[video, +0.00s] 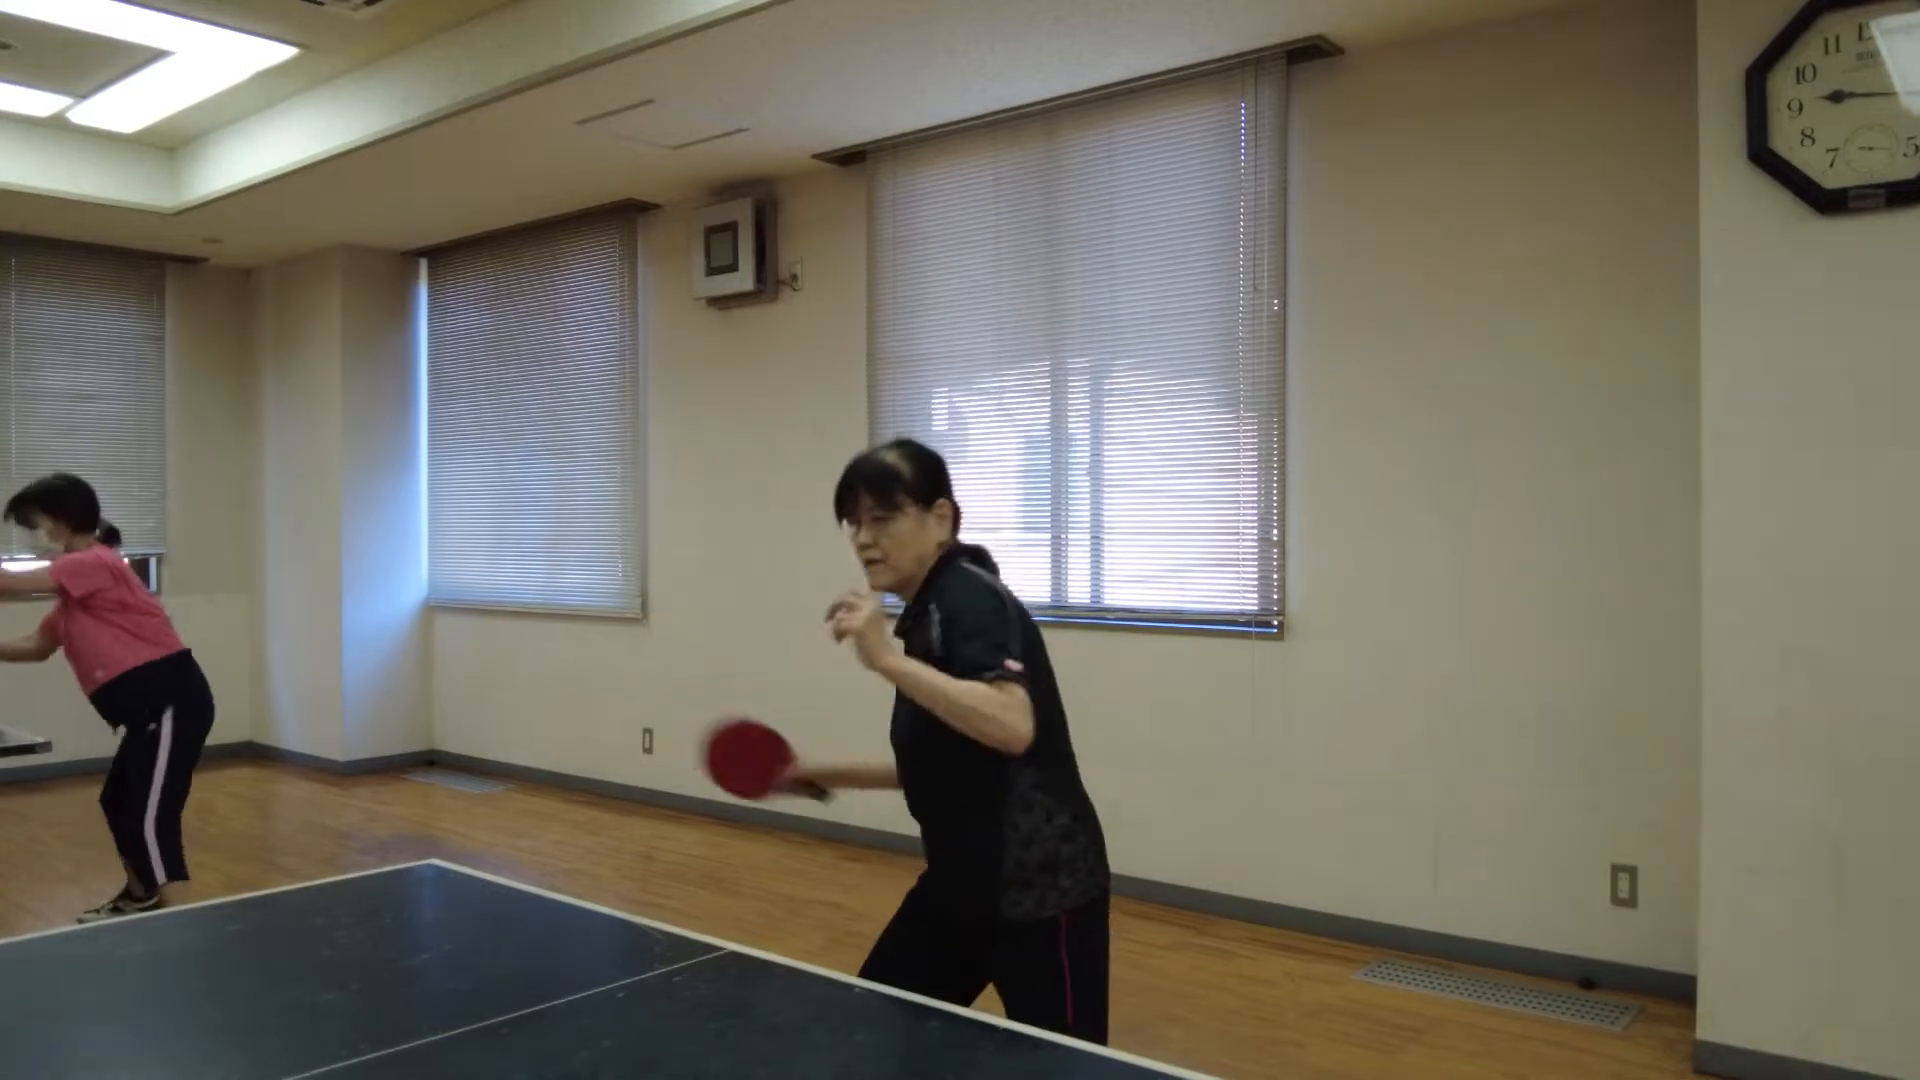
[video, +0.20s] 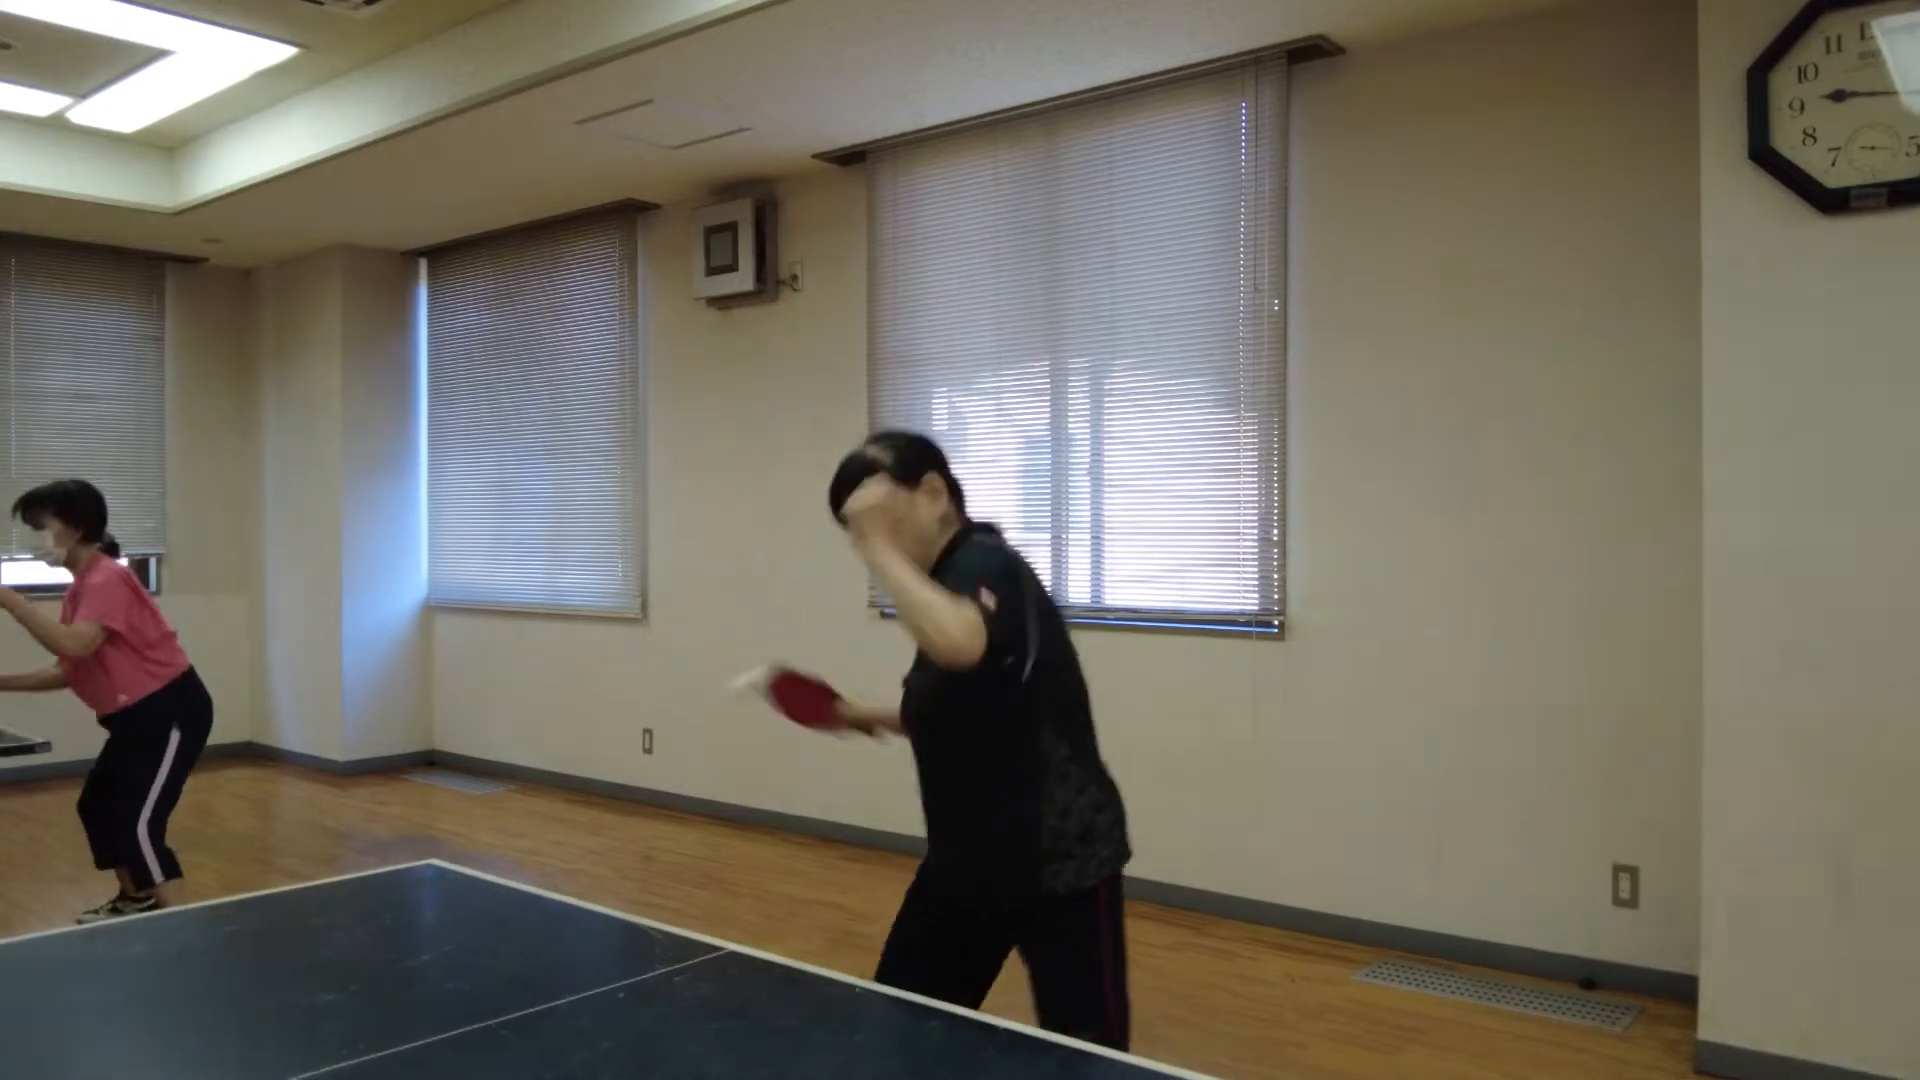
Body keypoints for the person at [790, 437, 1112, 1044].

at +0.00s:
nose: (863, 540)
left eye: (883, 519)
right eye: (855, 524)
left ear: (942, 518)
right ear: (849, 532)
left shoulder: (971, 597)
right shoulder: (926, 613)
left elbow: (1013, 725)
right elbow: (943, 769)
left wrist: (889, 659)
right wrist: (819, 777)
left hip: (1045, 888)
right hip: (967, 879)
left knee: (1064, 1065)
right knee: (870, 1029)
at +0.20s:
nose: (871, 535)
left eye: (877, 509)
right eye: (859, 523)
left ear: (935, 493)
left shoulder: (988, 562)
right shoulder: (948, 583)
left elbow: (959, 641)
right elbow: (963, 717)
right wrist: (864, 718)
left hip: (1059, 862)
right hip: (972, 857)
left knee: (1088, 1058)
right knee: (894, 1033)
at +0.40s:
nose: (934, 525)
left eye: (949, 499)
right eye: (926, 510)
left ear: (1004, 495)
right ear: (925, 521)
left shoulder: (1083, 574)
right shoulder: (950, 623)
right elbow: (862, 704)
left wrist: (1009, 500)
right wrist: (833, 597)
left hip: (1118, 880)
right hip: (1006, 882)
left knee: (1147, 1072)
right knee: (922, 1050)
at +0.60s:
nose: (965, 523)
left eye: (987, 501)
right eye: (956, 507)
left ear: (1049, 505)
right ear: (949, 518)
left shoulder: (1110, 600)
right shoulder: (964, 623)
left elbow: (1129, 707)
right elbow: (886, 728)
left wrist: (1035, 590)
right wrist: (845, 638)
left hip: (1115, 891)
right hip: (1005, 883)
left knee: (1140, 1076)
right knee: (919, 1049)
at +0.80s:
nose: (927, 541)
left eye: (948, 518)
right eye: (920, 524)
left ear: (1008, 523)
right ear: (913, 532)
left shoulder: (1049, 613)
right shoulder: (975, 629)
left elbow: (1081, 743)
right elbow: (967, 771)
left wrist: (956, 661)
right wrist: (847, 753)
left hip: (1087, 910)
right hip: (1003, 897)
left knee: (1093, 1074)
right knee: (906, 1042)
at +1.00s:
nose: (899, 560)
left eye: (911, 537)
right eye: (891, 545)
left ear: (973, 528)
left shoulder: (1008, 596)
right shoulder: (981, 610)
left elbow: (1014, 694)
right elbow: (1038, 757)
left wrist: (901, 611)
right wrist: (946, 771)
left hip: (1079, 903)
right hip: (1001, 889)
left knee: (1095, 1071)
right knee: (906, 1039)